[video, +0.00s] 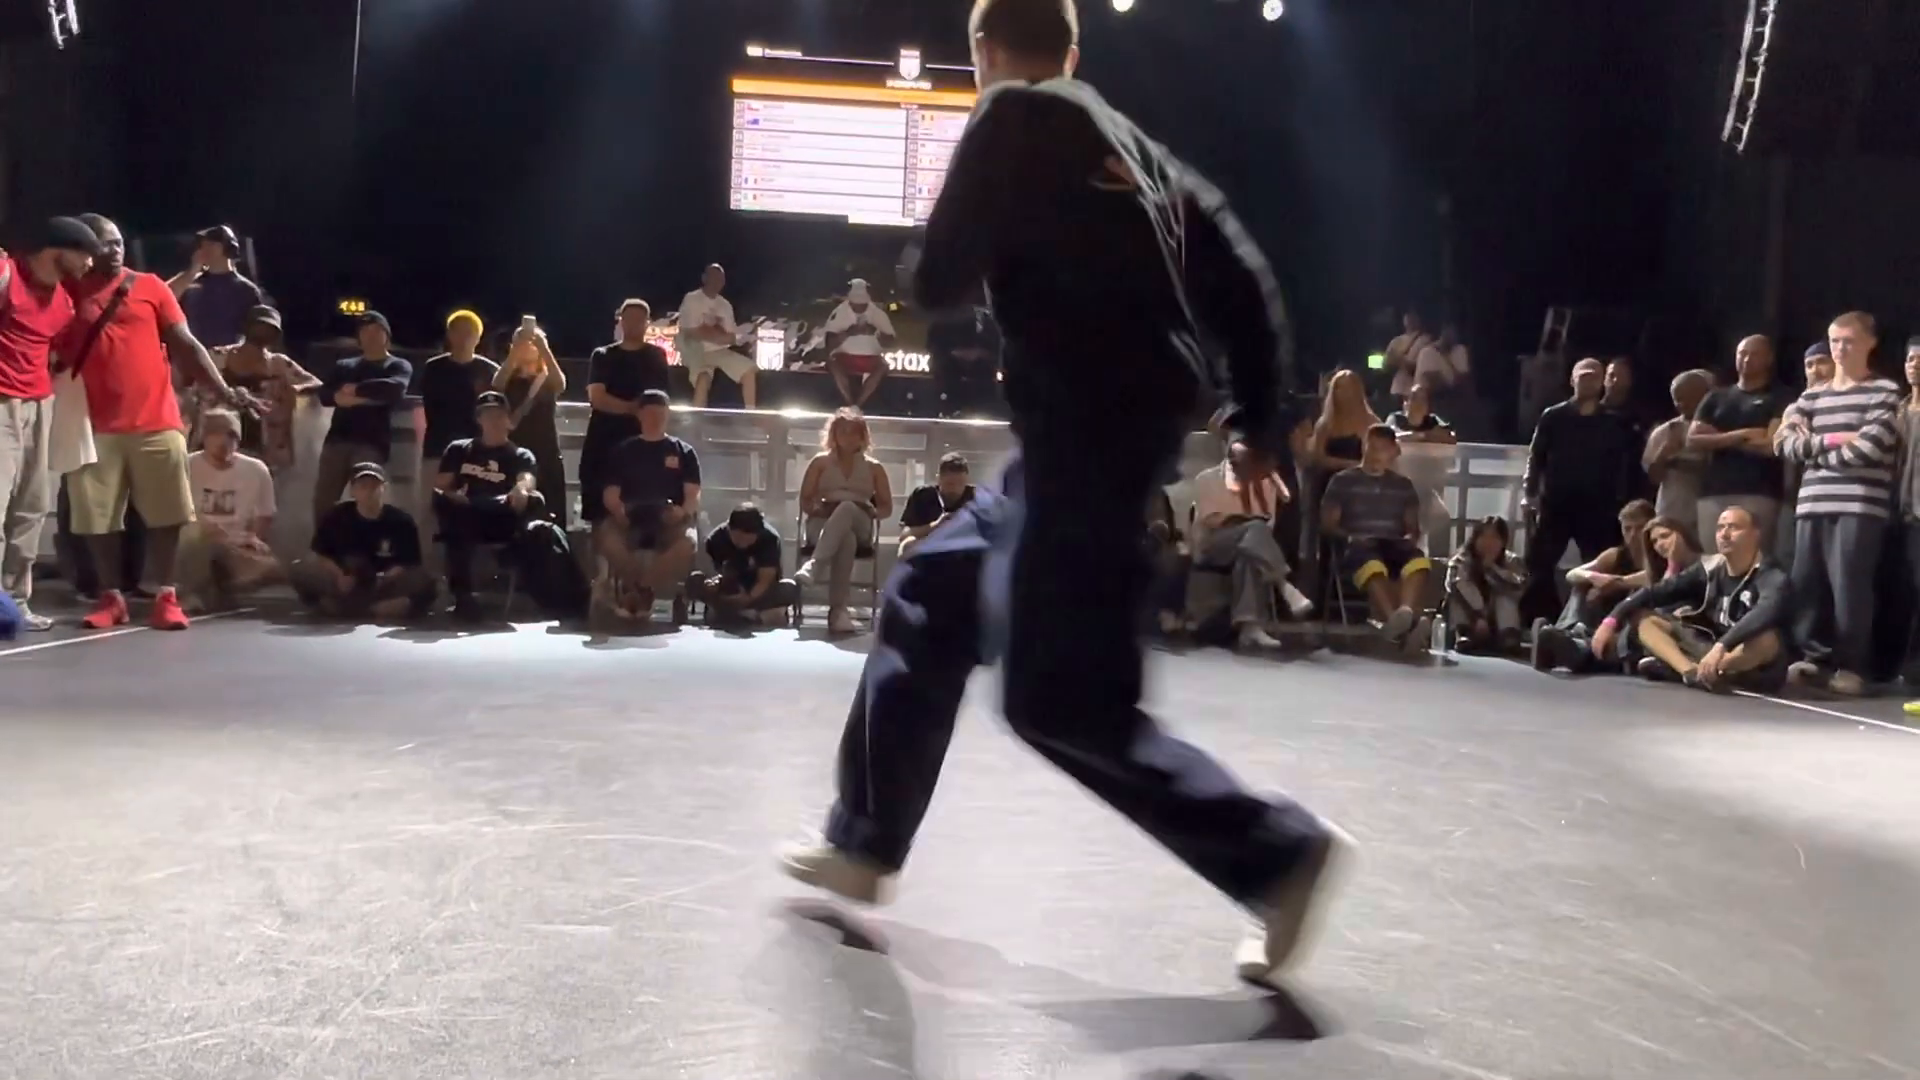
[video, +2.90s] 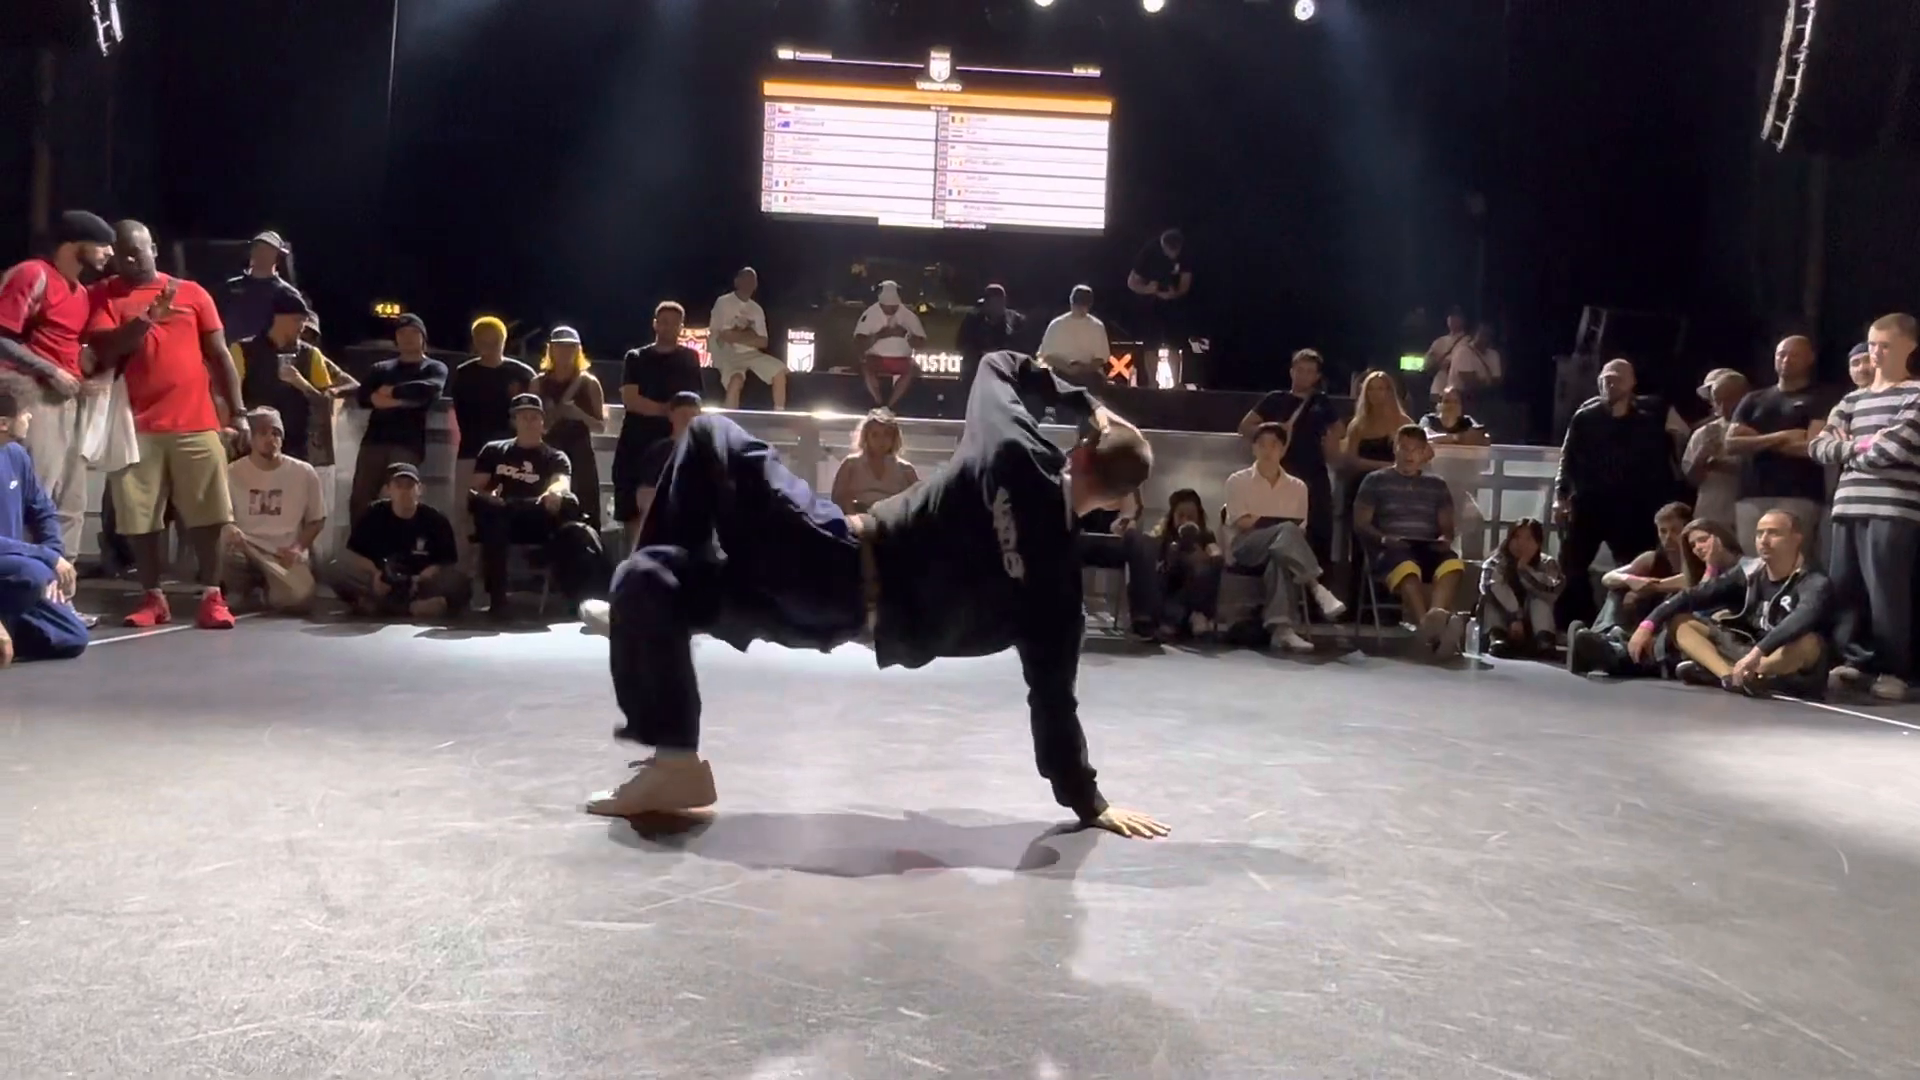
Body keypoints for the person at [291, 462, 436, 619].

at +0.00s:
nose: (368, 492)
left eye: (374, 486)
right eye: (363, 486)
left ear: (383, 489)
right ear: (353, 490)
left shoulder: (401, 520)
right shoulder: (336, 516)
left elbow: (410, 563)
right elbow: (320, 555)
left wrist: (384, 579)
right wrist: (339, 577)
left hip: (383, 582)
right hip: (345, 581)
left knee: (423, 581)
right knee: (301, 570)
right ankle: (374, 612)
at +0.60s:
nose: (375, 511)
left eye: (380, 505)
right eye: (369, 505)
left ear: (389, 507)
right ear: (359, 508)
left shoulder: (407, 538)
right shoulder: (343, 535)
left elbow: (416, 580)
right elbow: (328, 575)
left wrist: (390, 600)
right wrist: (346, 592)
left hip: (391, 600)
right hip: (354, 600)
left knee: (431, 597)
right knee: (309, 590)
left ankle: (355, 628)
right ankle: (381, 628)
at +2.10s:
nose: (395, 503)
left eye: (400, 496)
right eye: (389, 496)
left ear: (408, 499)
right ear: (379, 500)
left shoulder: (425, 529)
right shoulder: (363, 525)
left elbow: (434, 570)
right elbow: (346, 564)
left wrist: (408, 591)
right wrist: (365, 584)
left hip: (409, 590)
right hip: (372, 589)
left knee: (449, 589)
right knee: (328, 579)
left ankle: (372, 617)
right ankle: (398, 618)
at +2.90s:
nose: (405, 492)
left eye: (410, 486)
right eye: (399, 486)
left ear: (419, 490)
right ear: (389, 489)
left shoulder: (435, 519)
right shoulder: (374, 514)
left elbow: (446, 561)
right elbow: (352, 554)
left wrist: (419, 580)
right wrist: (374, 573)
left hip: (418, 581)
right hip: (380, 580)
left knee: (458, 582)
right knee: (336, 568)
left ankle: (381, 607)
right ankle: (409, 609)